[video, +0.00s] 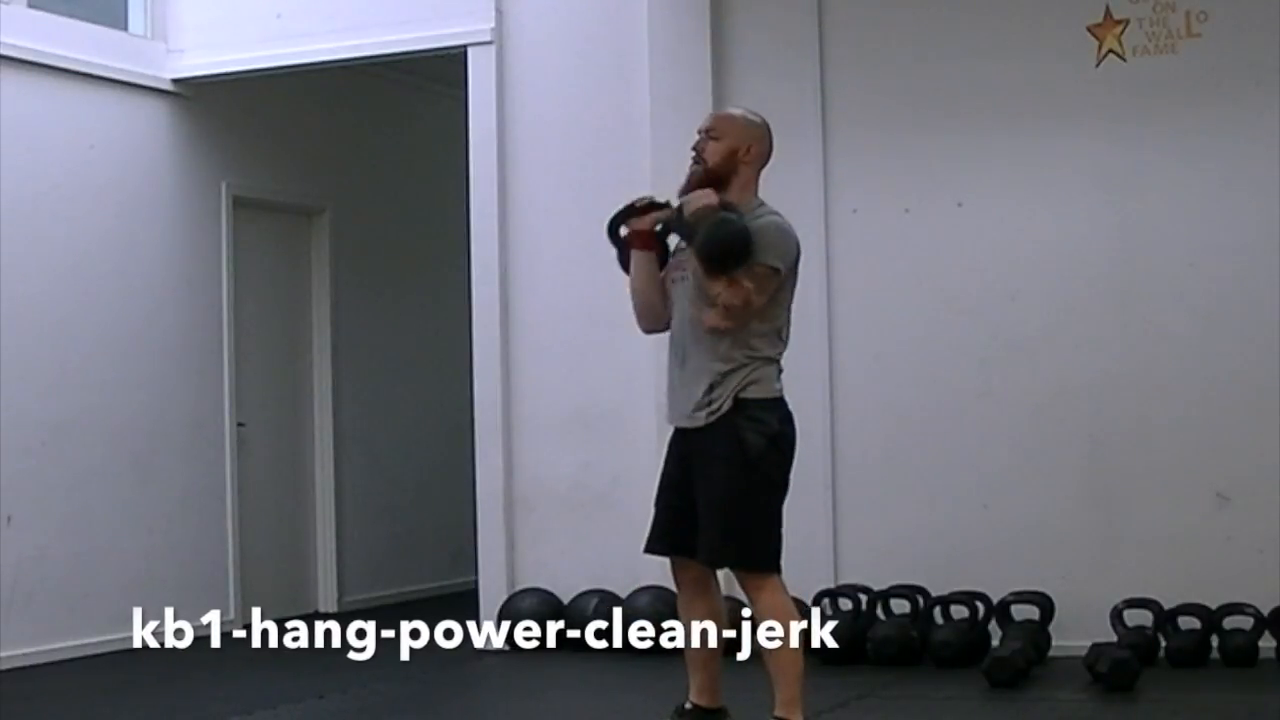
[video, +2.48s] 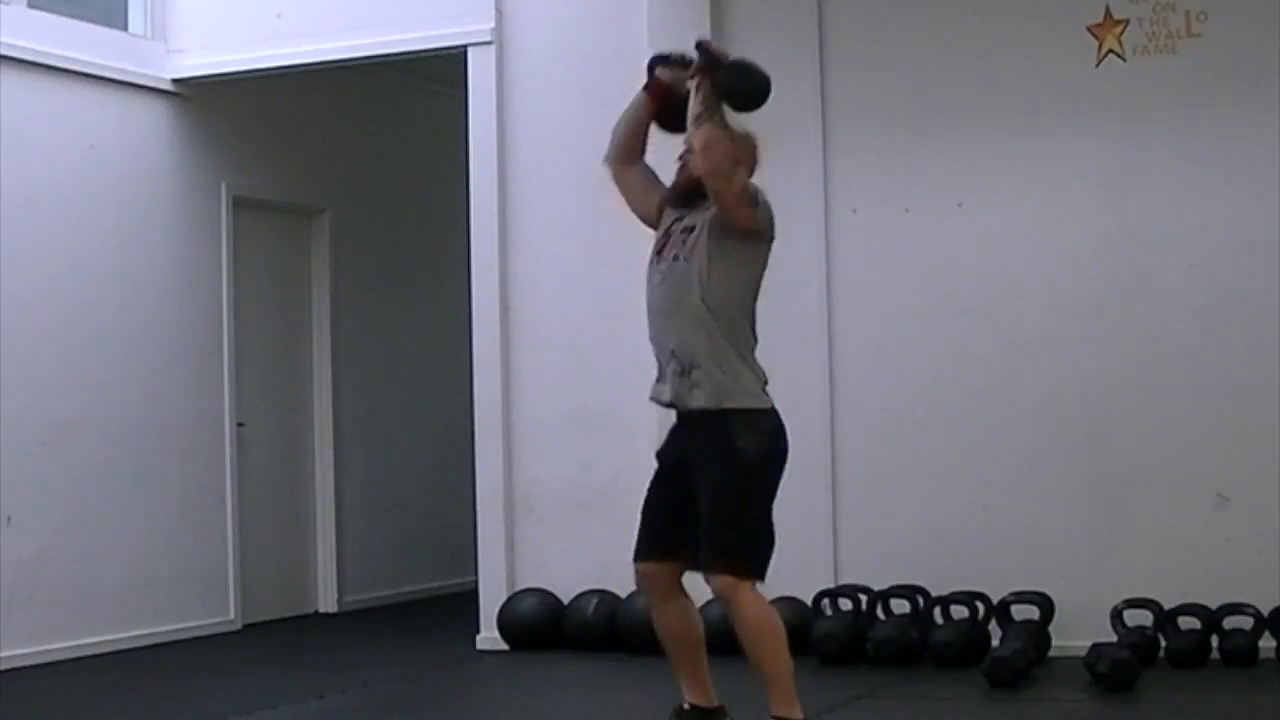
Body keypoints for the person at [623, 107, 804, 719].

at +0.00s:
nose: (696, 145)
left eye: (710, 137)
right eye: (698, 136)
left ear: (747, 155)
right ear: (723, 154)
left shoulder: (771, 231)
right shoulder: (696, 233)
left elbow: (726, 310)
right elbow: (652, 317)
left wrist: (702, 225)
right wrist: (642, 244)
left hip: (750, 420)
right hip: (694, 423)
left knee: (756, 571)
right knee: (688, 566)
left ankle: (790, 711)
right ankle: (704, 704)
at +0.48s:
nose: (704, 170)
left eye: (719, 160)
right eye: (706, 161)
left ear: (757, 173)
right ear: (726, 175)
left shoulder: (781, 251)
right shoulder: (703, 263)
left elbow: (748, 352)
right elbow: (662, 344)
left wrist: (677, 416)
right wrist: (603, 402)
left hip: (800, 435)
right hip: (740, 442)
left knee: (767, 569)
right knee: (688, 557)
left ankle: (790, 712)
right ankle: (703, 704)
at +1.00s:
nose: (541, 283)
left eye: (552, 269)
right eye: (541, 271)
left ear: (596, 273)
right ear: (591, 277)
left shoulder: (667, 339)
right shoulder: (604, 359)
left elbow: (724, 439)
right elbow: (671, 437)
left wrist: (750, 508)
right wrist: (726, 502)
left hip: (791, 438)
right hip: (737, 449)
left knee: (765, 571)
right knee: (679, 555)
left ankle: (794, 712)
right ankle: (704, 702)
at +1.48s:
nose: (712, 159)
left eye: (724, 149)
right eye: (713, 150)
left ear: (765, 158)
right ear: (747, 161)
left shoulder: (785, 232)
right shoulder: (718, 239)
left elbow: (767, 336)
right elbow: (701, 330)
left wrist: (685, 361)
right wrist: (645, 365)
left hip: (775, 422)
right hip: (722, 423)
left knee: (758, 566)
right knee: (689, 560)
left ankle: (792, 711)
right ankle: (703, 702)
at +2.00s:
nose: (688, 184)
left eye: (701, 175)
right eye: (689, 175)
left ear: (740, 189)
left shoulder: (761, 266)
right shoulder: (682, 259)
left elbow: (690, 332)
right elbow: (635, 354)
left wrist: (689, 247)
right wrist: (655, 273)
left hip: (746, 455)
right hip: (688, 458)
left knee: (708, 596)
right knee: (636, 584)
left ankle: (785, 713)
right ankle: (699, 705)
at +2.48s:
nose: (688, 151)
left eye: (703, 144)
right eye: (687, 143)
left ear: (737, 162)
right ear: (686, 162)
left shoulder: (748, 220)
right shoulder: (674, 218)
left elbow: (719, 168)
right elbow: (623, 162)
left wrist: (708, 92)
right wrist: (651, 94)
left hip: (743, 425)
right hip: (691, 426)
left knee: (731, 575)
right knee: (657, 572)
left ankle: (789, 712)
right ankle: (701, 706)